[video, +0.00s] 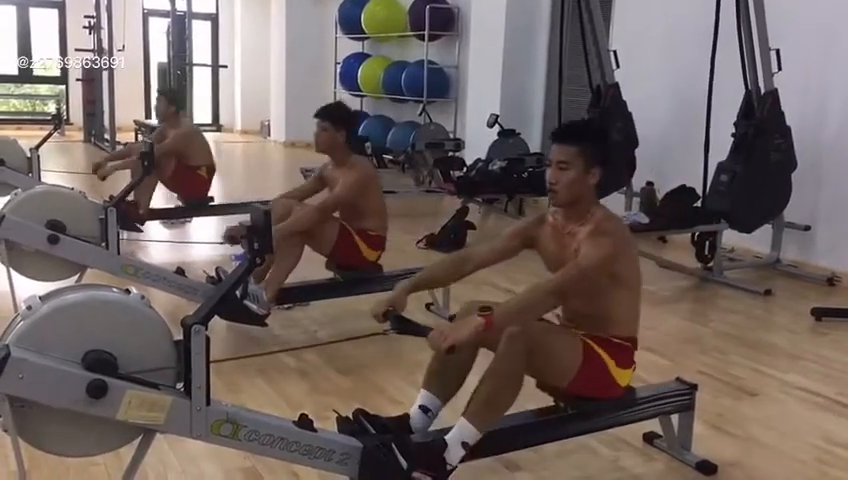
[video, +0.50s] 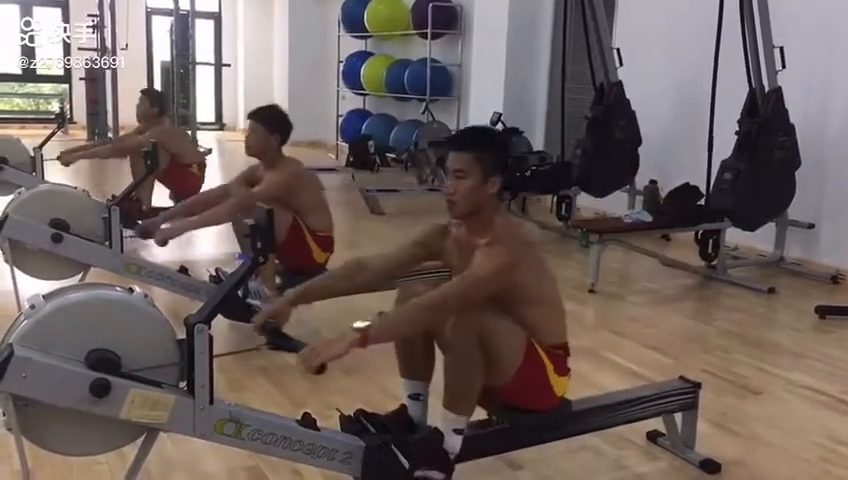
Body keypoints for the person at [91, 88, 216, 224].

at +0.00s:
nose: (156, 107)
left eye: (160, 103)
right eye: (157, 102)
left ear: (172, 109)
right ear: (170, 110)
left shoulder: (182, 134)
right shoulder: (166, 130)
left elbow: (148, 157)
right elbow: (141, 148)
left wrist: (114, 167)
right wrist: (107, 158)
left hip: (198, 186)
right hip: (188, 181)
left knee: (152, 162)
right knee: (141, 159)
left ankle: (141, 209)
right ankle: (139, 207)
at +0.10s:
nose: (147, 107)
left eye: (151, 103)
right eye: (148, 103)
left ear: (164, 109)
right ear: (164, 110)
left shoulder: (175, 133)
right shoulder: (161, 128)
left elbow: (140, 157)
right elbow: (133, 147)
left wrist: (105, 168)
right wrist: (99, 158)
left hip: (192, 187)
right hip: (184, 182)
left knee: (145, 161)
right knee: (138, 154)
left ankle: (141, 209)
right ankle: (139, 206)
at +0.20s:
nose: (137, 107)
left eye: (141, 104)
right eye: (139, 103)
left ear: (154, 109)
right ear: (154, 110)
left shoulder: (166, 133)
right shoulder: (153, 129)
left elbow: (129, 153)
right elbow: (121, 146)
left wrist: (92, 167)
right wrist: (87, 159)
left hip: (185, 187)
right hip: (179, 184)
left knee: (137, 155)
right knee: (133, 153)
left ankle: (142, 206)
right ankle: (138, 203)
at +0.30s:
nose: (130, 107)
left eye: (134, 104)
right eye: (131, 103)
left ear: (147, 111)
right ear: (146, 111)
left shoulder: (156, 131)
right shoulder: (141, 129)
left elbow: (119, 152)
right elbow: (114, 145)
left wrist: (78, 165)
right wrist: (76, 157)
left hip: (184, 183)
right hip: (175, 180)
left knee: (134, 154)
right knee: (130, 151)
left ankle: (142, 206)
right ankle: (138, 202)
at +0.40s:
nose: (128, 107)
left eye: (132, 104)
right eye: (130, 103)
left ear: (145, 111)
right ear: (144, 111)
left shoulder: (154, 132)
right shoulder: (140, 129)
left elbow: (114, 153)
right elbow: (111, 145)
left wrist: (73, 160)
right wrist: (73, 153)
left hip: (184, 182)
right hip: (176, 178)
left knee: (139, 155)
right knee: (131, 152)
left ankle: (144, 206)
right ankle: (140, 203)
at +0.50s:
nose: (137, 107)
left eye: (141, 104)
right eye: (138, 103)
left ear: (154, 111)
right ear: (151, 111)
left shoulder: (162, 129)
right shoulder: (149, 126)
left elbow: (121, 149)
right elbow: (118, 142)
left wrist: (79, 156)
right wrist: (79, 150)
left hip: (190, 180)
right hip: (181, 176)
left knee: (146, 152)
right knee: (138, 151)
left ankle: (143, 205)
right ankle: (141, 204)